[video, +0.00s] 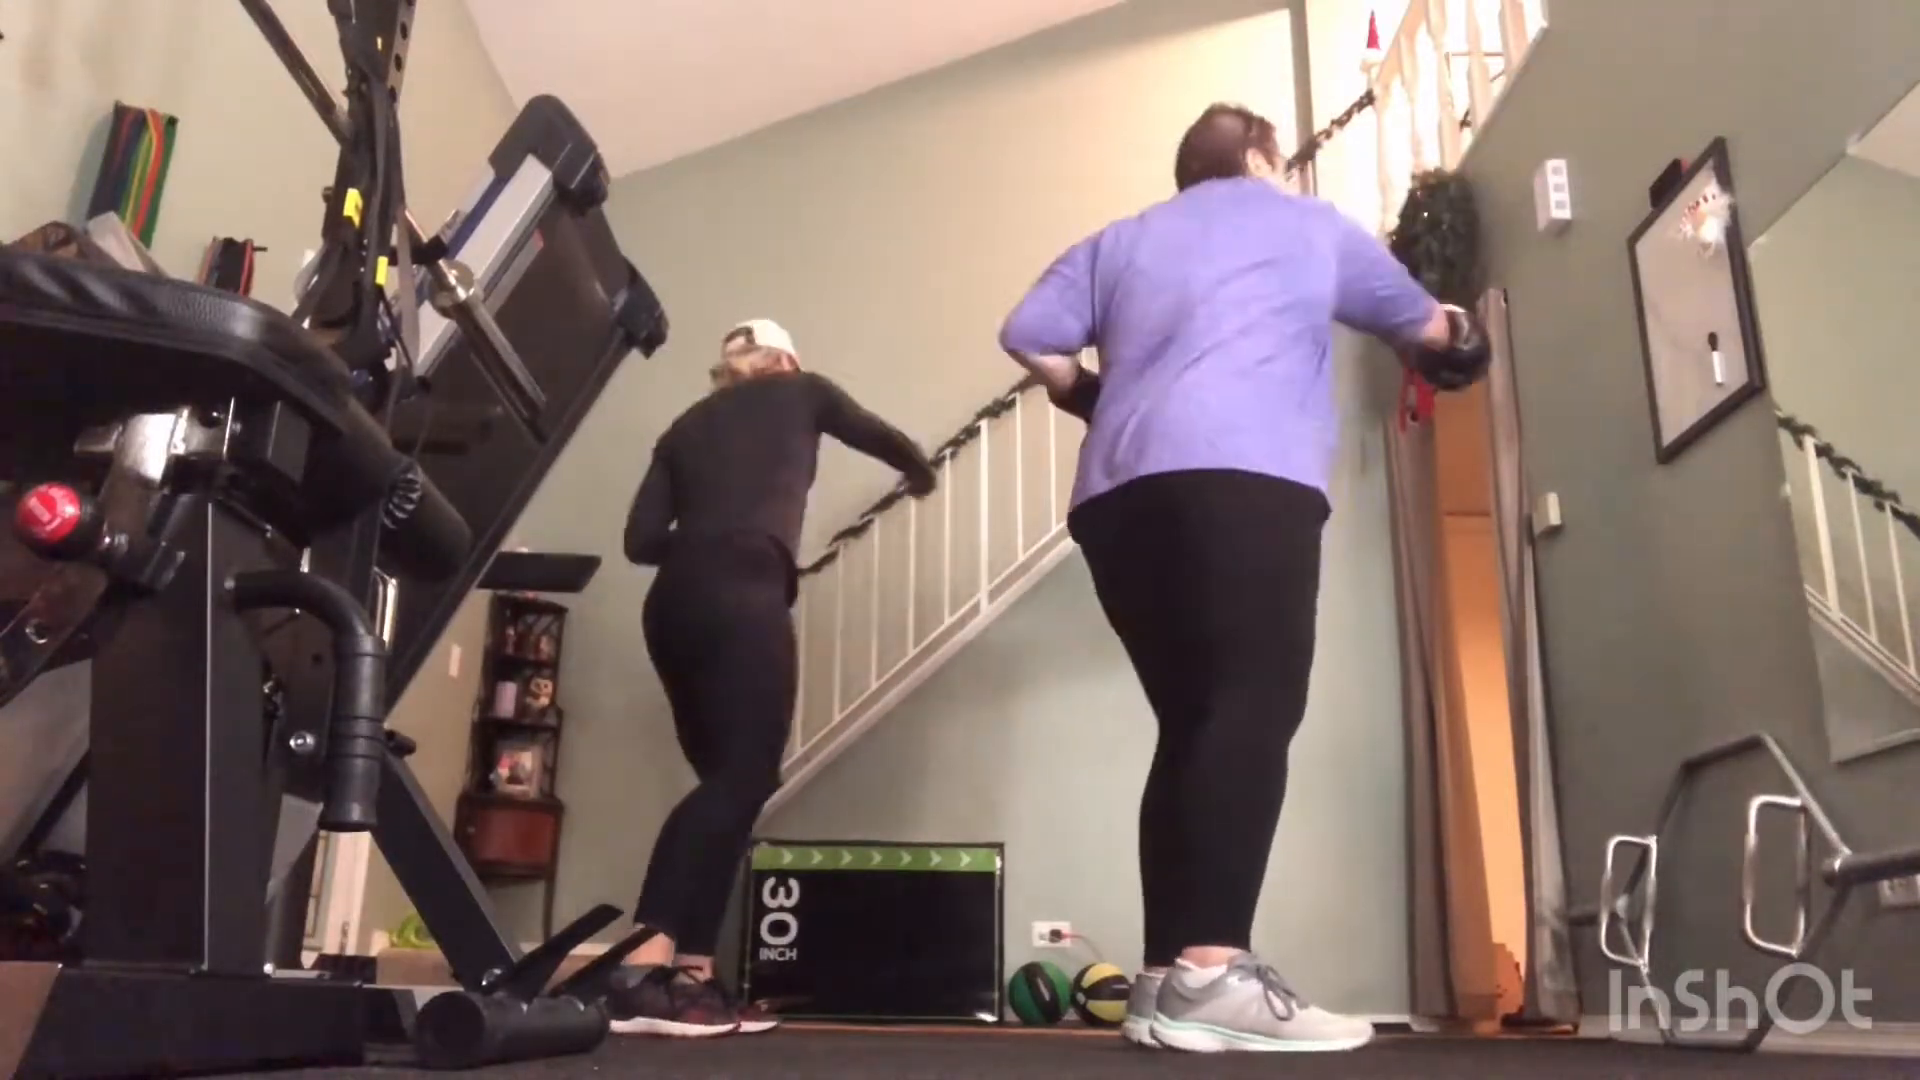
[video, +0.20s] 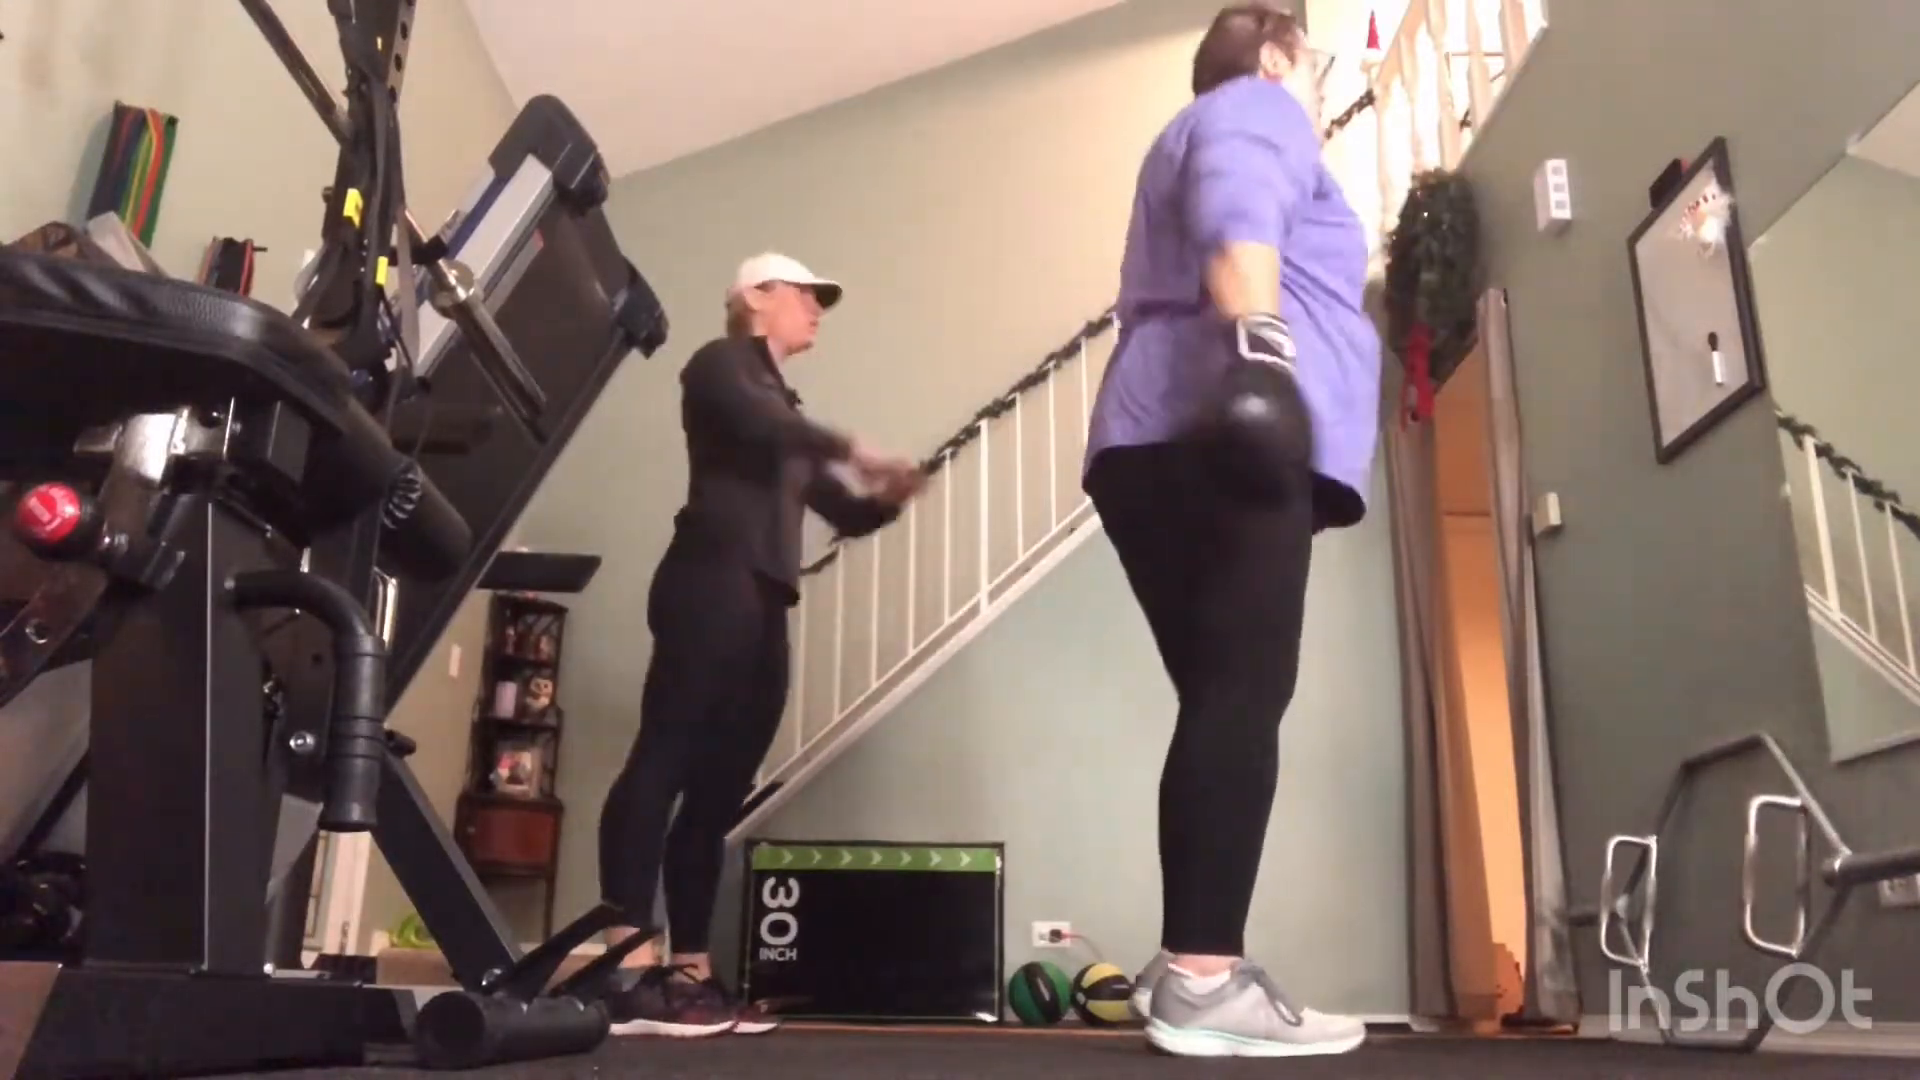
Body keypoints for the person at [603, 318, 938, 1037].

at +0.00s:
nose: (792, 364)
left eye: (775, 353)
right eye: (791, 357)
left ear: (726, 370)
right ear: (785, 361)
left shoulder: (682, 430)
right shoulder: (803, 387)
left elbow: (642, 540)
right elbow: (882, 438)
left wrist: (713, 541)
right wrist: (921, 471)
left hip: (672, 597)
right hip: (747, 588)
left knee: (726, 779)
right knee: (745, 775)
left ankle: (694, 966)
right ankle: (647, 952)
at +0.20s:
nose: (819, 312)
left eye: (819, 302)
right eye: (808, 296)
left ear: (769, 304)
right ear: (758, 297)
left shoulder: (785, 409)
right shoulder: (720, 361)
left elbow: (843, 513)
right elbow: (761, 423)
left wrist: (887, 494)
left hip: (763, 603)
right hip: (710, 582)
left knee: (719, 788)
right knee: (664, 760)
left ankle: (688, 967)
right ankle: (623, 950)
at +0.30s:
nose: (830, 344)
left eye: (833, 332)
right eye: (824, 325)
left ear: (792, 318)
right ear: (780, 309)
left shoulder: (776, 396)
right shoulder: (734, 367)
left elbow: (805, 517)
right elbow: (758, 461)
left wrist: (890, 581)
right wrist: (814, 497)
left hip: (769, 600)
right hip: (732, 591)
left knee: (735, 783)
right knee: (694, 768)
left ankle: (690, 967)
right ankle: (633, 956)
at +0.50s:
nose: (917, 327)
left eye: (919, 318)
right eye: (907, 313)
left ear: (881, 321)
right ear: (864, 313)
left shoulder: (869, 397)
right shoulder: (846, 365)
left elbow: (897, 535)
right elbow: (863, 454)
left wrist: (993, 567)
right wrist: (907, 534)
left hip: (815, 588)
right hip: (788, 574)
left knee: (866, 772)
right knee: (821, 764)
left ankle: (789, 962)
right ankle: (751, 980)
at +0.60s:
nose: (965, 335)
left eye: (967, 326)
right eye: (953, 321)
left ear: (937, 332)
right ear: (909, 320)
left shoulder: (932, 423)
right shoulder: (877, 380)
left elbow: (926, 537)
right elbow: (864, 480)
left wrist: (960, 631)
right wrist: (938, 544)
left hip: (873, 598)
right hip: (846, 586)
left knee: (896, 775)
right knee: (908, 765)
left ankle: (870, 974)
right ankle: (824, 956)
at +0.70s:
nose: (991, 330)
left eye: (994, 322)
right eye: (979, 316)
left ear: (967, 329)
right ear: (937, 317)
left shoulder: (945, 396)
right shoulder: (909, 372)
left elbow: (922, 496)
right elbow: (887, 458)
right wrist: (896, 556)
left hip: (902, 596)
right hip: (877, 589)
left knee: (901, 783)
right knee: (892, 780)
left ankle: (869, 976)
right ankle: (862, 981)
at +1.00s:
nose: (1060, 413)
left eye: (1064, 403)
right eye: (1059, 396)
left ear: (1026, 381)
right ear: (1031, 379)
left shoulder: (999, 444)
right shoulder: (978, 425)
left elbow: (998, 564)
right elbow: (972, 541)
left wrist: (1035, 669)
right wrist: (1007, 629)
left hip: (936, 627)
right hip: (925, 623)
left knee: (964, 796)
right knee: (977, 792)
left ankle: (930, 974)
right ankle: (929, 972)